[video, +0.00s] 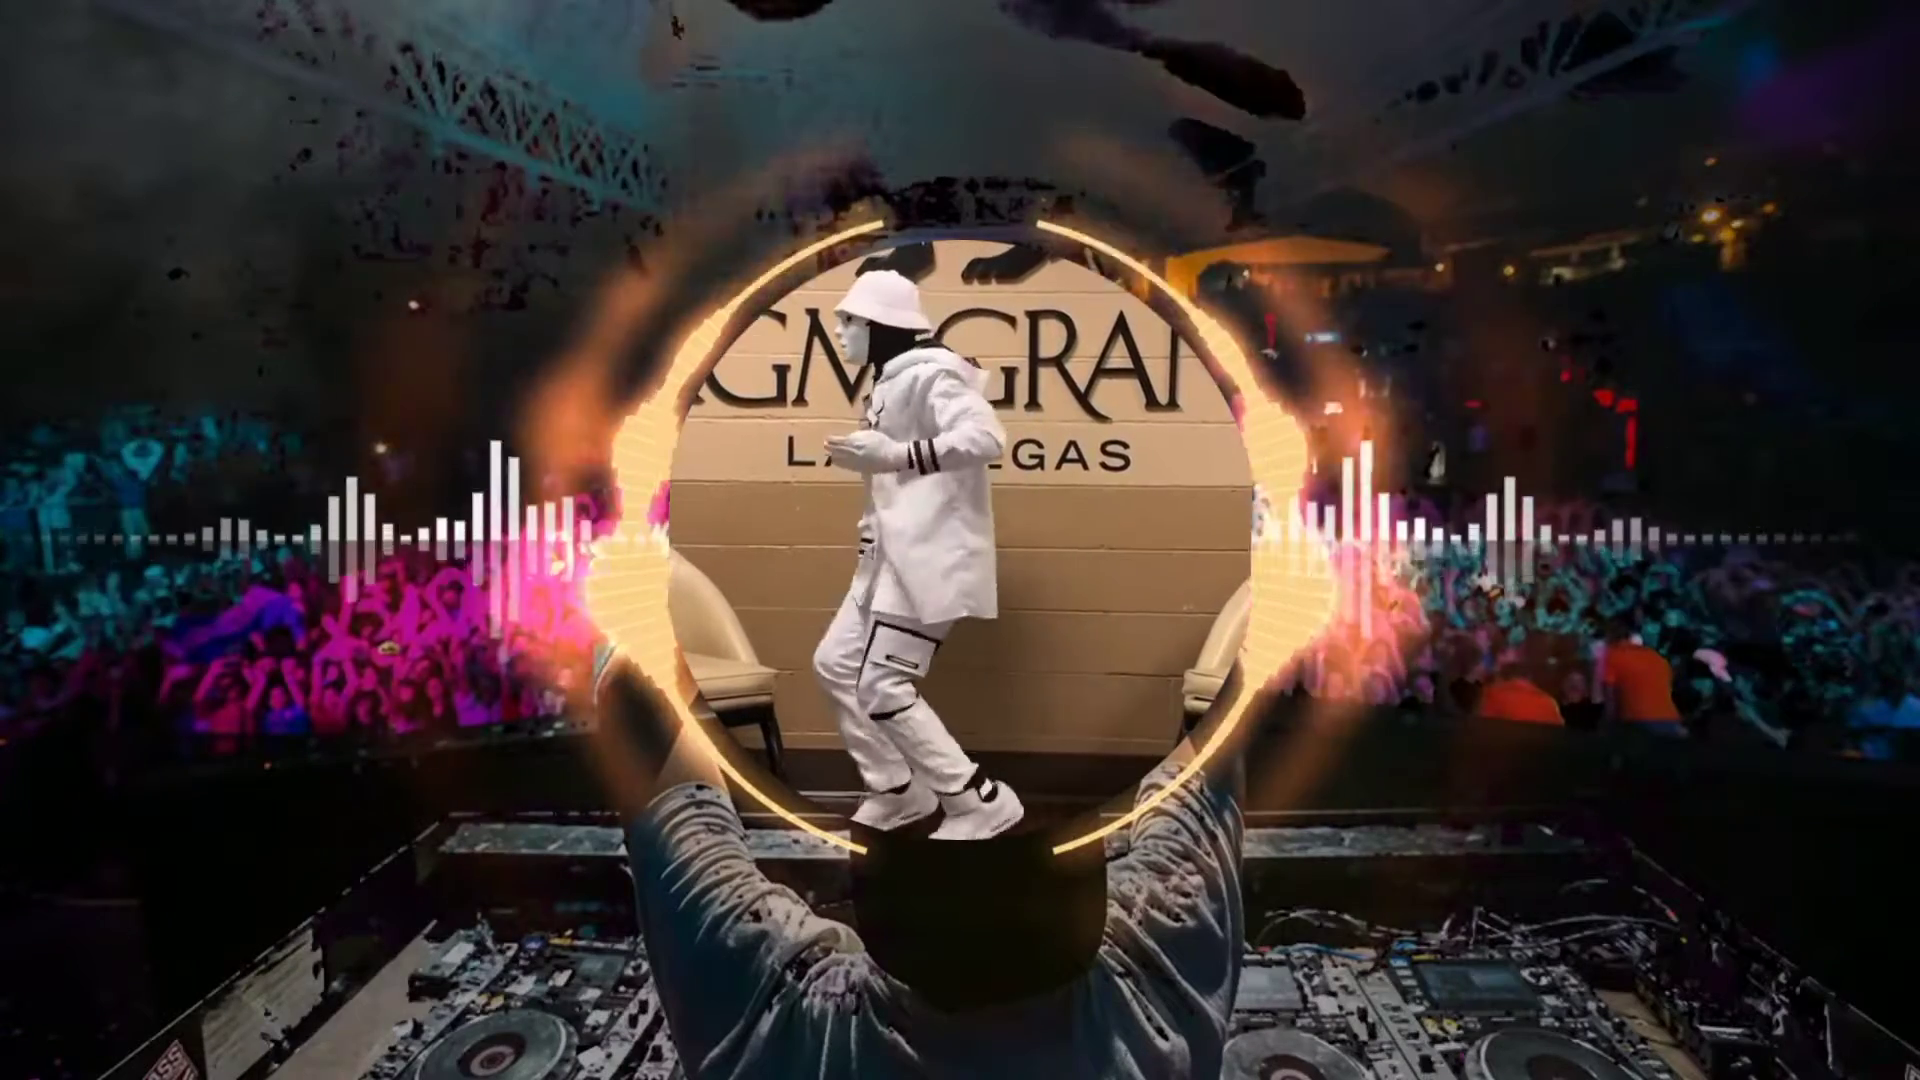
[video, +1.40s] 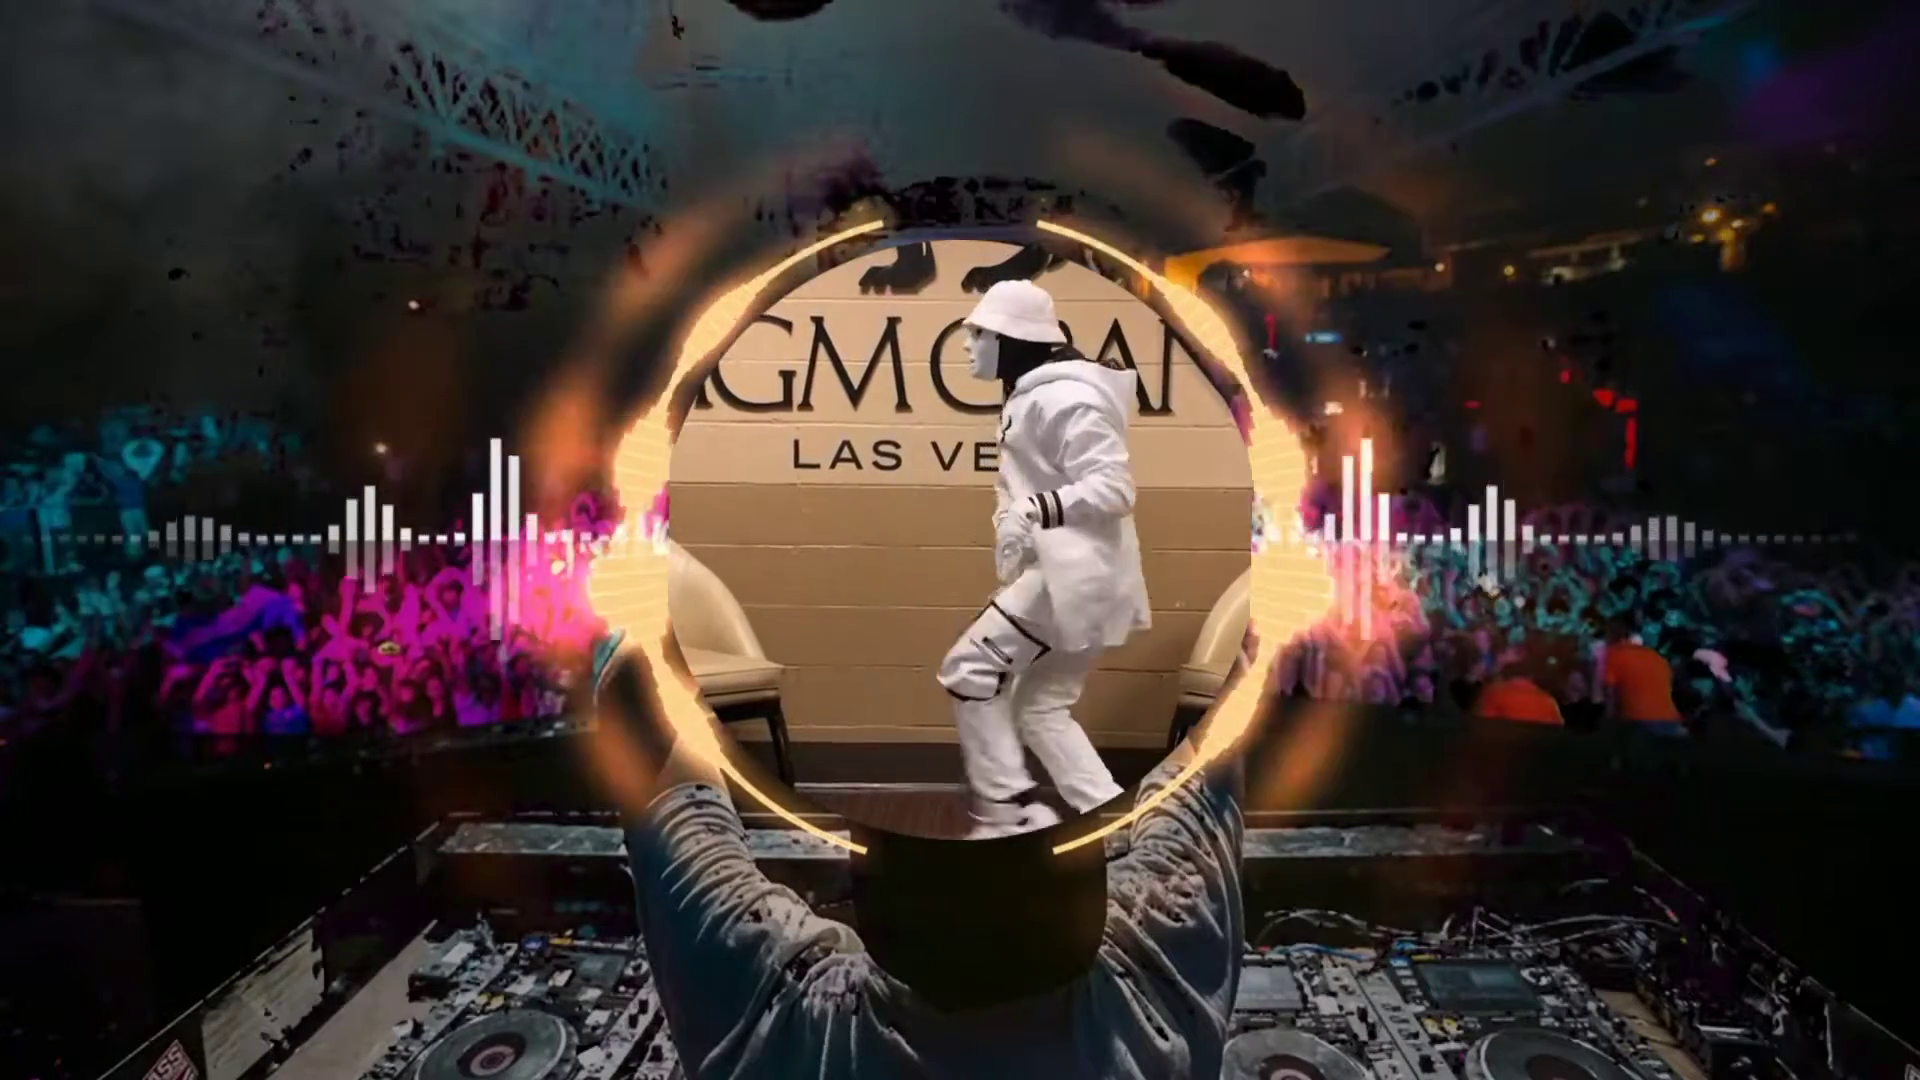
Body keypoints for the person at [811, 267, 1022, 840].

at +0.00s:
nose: (841, 332)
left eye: (850, 321)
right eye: (843, 320)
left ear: (881, 325)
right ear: (885, 326)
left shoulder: (932, 371)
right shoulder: (890, 382)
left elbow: (984, 437)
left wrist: (897, 455)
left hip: (931, 565)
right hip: (888, 562)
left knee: (884, 687)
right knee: (838, 665)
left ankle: (978, 800)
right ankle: (898, 791)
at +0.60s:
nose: (905, 337)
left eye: (913, 326)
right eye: (906, 326)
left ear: (940, 327)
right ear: (946, 326)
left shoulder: (988, 355)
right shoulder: (957, 375)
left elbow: (1027, 394)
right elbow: (950, 485)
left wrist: (941, 400)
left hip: (987, 563)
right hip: (956, 561)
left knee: (931, 688)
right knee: (895, 645)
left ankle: (990, 811)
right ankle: (929, 781)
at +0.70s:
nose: (919, 338)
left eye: (926, 327)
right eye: (920, 327)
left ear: (955, 328)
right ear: (960, 326)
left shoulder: (1002, 355)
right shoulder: (977, 383)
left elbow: (1043, 396)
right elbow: (971, 491)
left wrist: (953, 402)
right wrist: (927, 537)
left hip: (1007, 565)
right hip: (985, 563)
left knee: (945, 687)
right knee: (931, 658)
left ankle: (988, 810)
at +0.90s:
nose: (943, 339)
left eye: (952, 328)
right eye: (946, 327)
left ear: (982, 329)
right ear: (992, 329)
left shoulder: (1023, 360)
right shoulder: (1013, 374)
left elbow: (1053, 410)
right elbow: (1029, 477)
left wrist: (974, 417)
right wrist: (975, 502)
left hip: (1025, 573)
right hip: (1052, 571)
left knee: (964, 687)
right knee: (1021, 698)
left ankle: (988, 813)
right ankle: (1097, 809)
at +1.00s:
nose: (950, 336)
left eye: (959, 325)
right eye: (952, 325)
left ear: (989, 326)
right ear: (996, 327)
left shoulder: (1030, 358)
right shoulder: (1009, 385)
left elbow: (1066, 404)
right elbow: (1002, 510)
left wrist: (997, 430)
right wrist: (968, 475)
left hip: (1031, 574)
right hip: (1046, 573)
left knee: (967, 689)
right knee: (1024, 697)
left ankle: (989, 814)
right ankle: (1096, 806)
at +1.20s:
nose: (958, 338)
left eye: (967, 328)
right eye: (960, 327)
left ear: (1000, 331)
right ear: (1008, 331)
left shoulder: (1050, 386)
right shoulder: (1025, 387)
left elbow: (1112, 459)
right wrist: (1011, 508)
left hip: (1039, 580)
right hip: (1047, 580)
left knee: (963, 692)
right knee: (1017, 699)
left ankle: (988, 814)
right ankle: (1092, 803)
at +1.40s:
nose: (970, 342)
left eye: (980, 333)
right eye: (973, 332)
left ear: (1014, 339)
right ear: (1021, 340)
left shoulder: (1067, 395)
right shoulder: (1039, 394)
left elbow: (1114, 487)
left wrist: (1040, 509)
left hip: (1073, 574)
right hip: (1083, 576)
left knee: (970, 671)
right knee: (1040, 707)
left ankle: (1006, 816)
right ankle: (1112, 819)